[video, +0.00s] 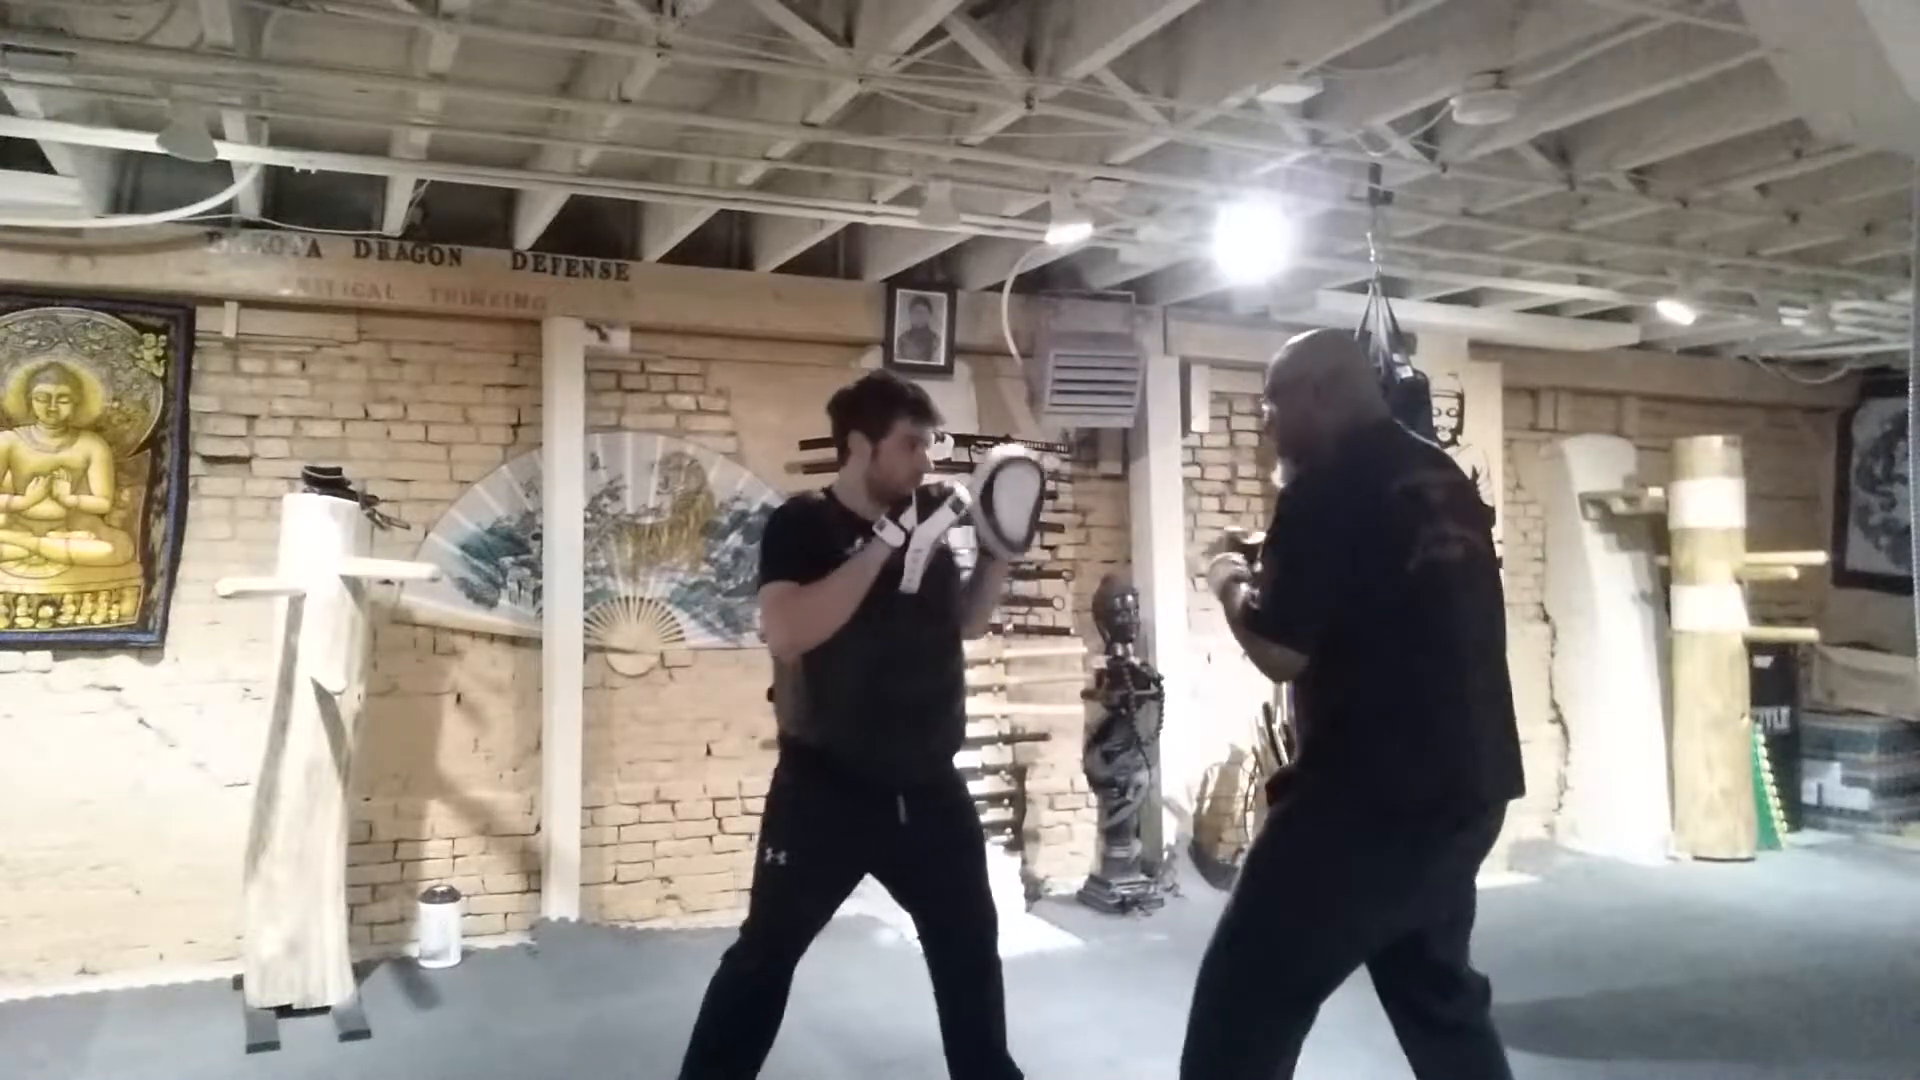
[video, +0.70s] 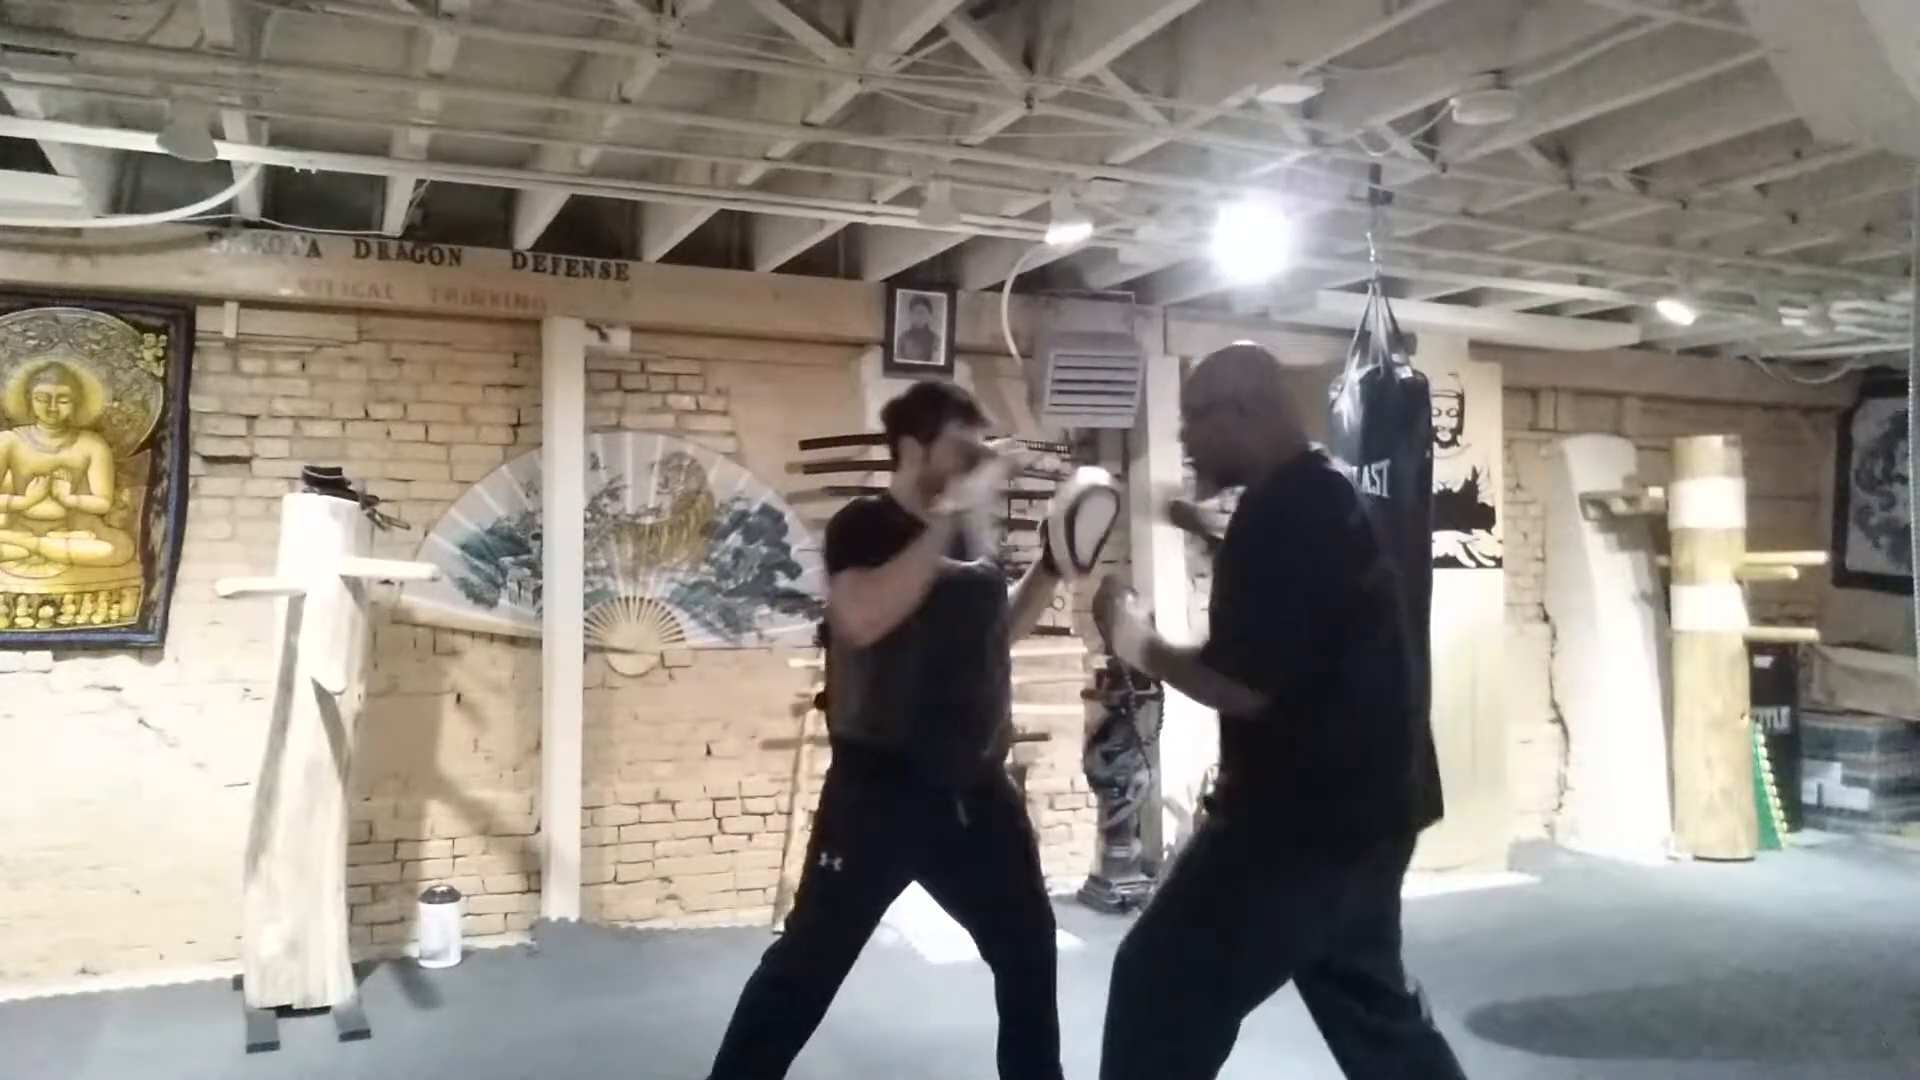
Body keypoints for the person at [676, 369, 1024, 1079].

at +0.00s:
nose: (925, 459)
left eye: (926, 444)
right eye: (912, 444)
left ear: (905, 450)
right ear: (860, 444)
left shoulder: (927, 531)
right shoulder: (799, 524)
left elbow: (965, 622)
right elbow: (784, 632)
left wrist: (999, 549)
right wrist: (883, 546)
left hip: (928, 789)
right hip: (824, 788)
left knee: (970, 962)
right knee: (763, 960)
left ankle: (988, 1077)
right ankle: (707, 1079)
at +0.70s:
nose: (974, 465)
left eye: (978, 453)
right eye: (961, 448)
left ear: (974, 458)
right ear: (910, 448)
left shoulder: (967, 541)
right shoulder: (864, 525)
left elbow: (990, 638)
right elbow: (857, 619)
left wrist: (1052, 565)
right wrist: (950, 517)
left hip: (973, 795)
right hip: (875, 795)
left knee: (1029, 957)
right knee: (803, 973)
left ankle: (1035, 1079)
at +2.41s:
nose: (994, 458)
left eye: (997, 446)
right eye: (981, 442)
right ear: (928, 442)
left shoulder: (991, 532)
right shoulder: (879, 522)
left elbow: (1034, 607)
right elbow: (846, 621)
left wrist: (1093, 526)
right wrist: (932, 511)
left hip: (1001, 785)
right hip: (902, 786)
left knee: (1056, 954)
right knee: (830, 957)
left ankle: (1048, 1079)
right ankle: (736, 1077)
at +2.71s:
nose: (994, 473)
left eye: (1000, 458)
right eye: (980, 454)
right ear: (928, 451)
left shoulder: (978, 540)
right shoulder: (881, 522)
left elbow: (1052, 549)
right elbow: (895, 593)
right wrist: (984, 501)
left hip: (982, 796)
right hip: (887, 798)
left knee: (1048, 966)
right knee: (817, 969)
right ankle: (730, 1079)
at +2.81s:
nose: (972, 467)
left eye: (978, 454)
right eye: (959, 451)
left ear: (980, 462)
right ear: (908, 452)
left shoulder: (970, 540)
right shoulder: (861, 527)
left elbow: (1023, 599)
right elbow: (864, 613)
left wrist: (1073, 543)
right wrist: (951, 520)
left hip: (967, 796)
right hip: (868, 798)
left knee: (1040, 971)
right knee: (801, 974)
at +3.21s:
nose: (970, 486)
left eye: (977, 470)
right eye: (957, 466)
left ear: (978, 475)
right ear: (904, 456)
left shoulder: (961, 543)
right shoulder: (836, 530)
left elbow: (1023, 613)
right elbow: (813, 637)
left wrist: (1020, 519)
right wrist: (916, 558)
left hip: (949, 798)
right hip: (845, 798)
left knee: (1015, 949)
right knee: (779, 974)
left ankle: (1014, 1076)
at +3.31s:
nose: (980, 495)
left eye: (986, 480)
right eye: (969, 476)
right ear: (915, 467)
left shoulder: (967, 549)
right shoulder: (840, 540)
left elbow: (1024, 633)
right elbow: (823, 657)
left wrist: (1032, 546)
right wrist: (938, 581)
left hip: (953, 804)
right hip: (848, 803)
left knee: (1019, 958)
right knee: (781, 973)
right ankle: (720, 1078)